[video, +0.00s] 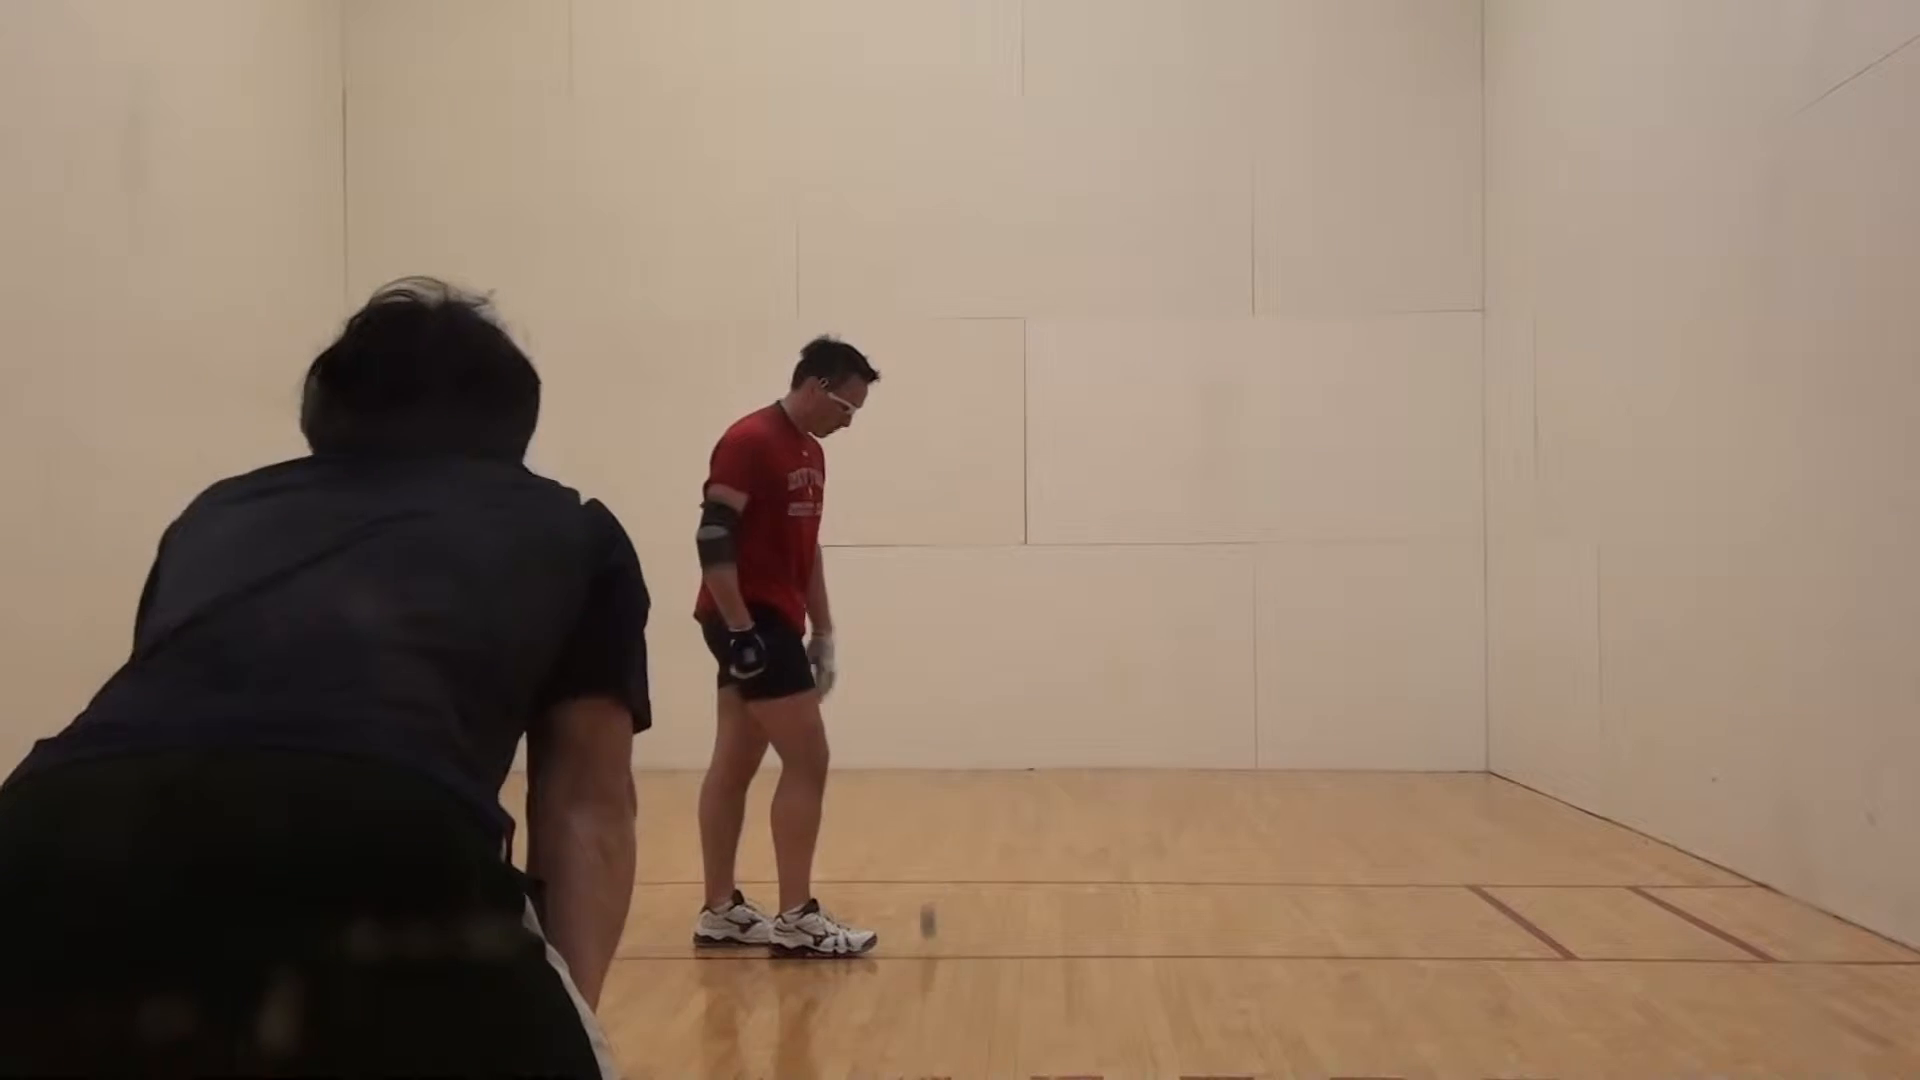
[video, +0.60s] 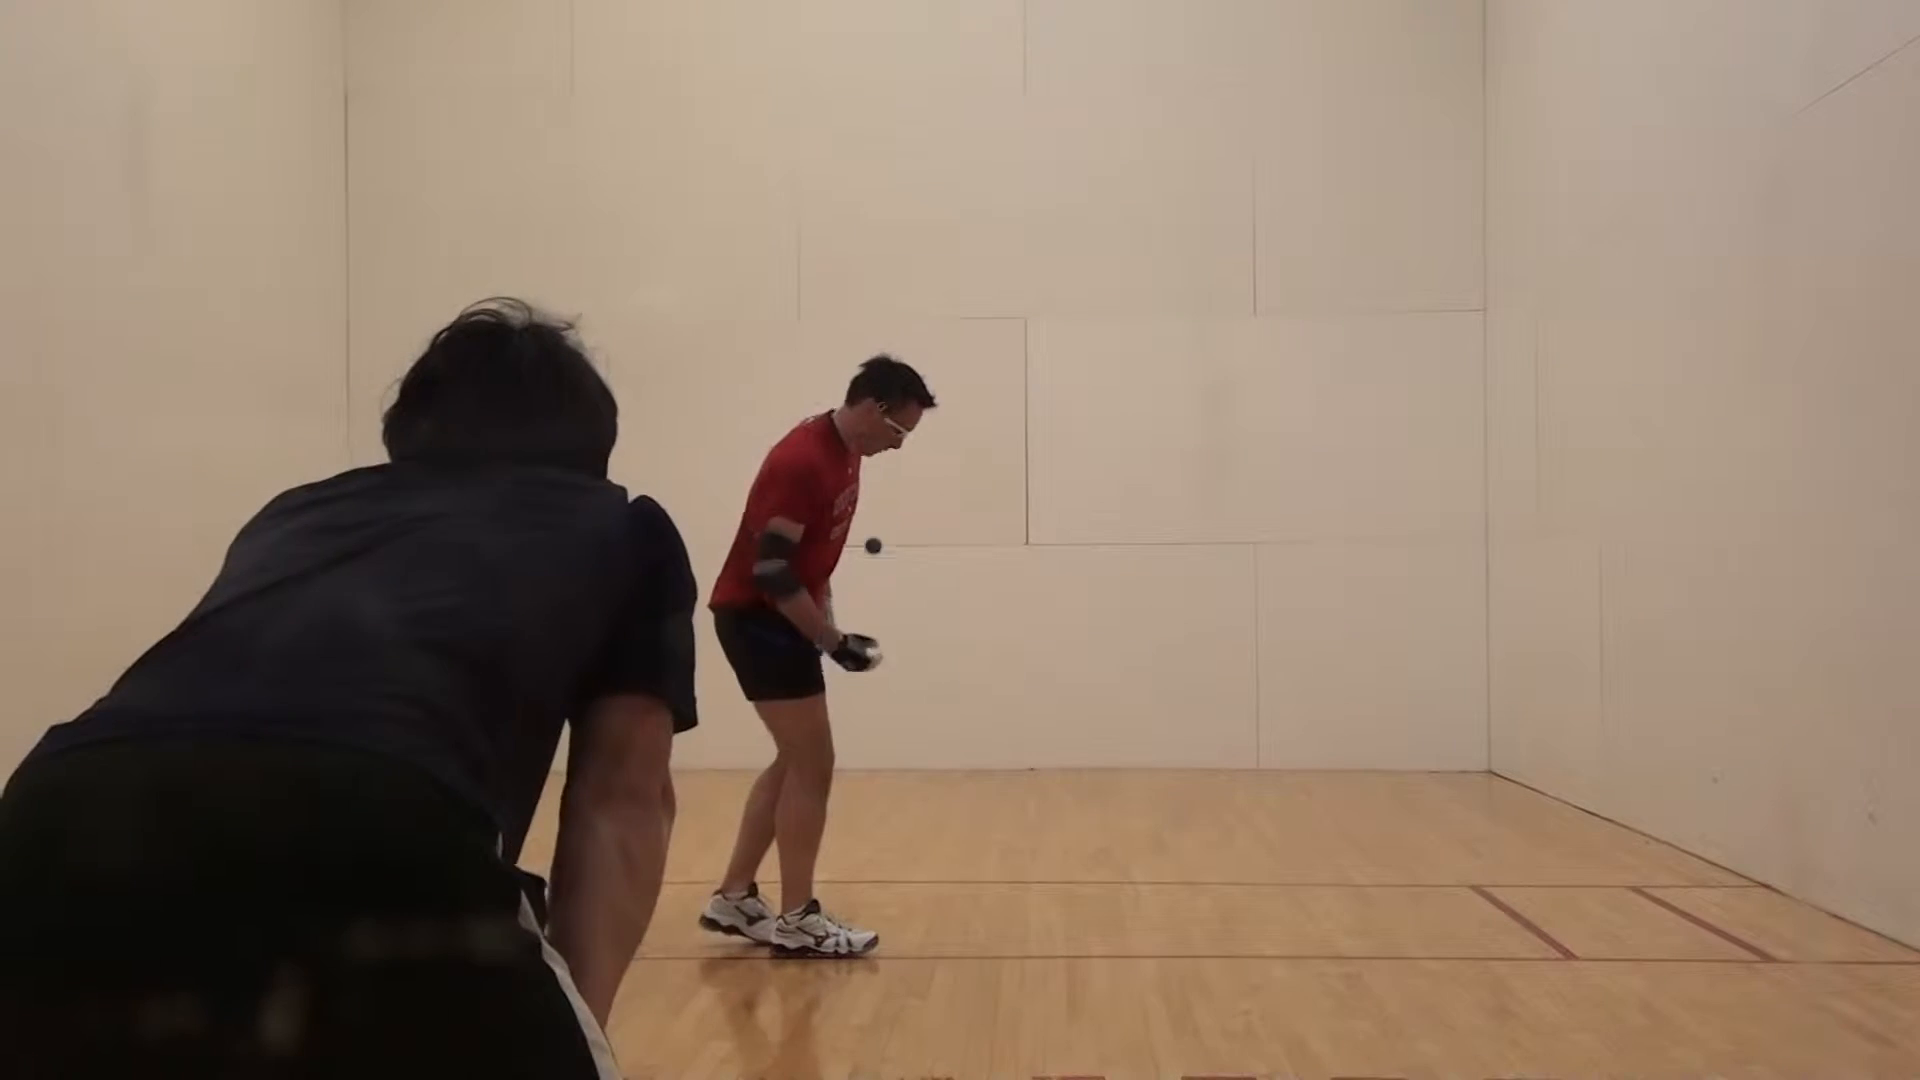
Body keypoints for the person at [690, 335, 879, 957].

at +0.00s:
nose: (849, 418)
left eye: (855, 407)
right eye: (847, 404)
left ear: (822, 393)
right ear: (813, 386)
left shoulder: (809, 451)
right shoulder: (749, 441)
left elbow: (806, 549)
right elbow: (713, 540)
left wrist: (821, 626)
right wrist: (739, 629)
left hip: (770, 624)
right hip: (753, 628)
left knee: (732, 767)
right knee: (806, 760)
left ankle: (719, 908)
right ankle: (796, 914)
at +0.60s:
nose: (899, 442)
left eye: (905, 432)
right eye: (898, 428)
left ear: (872, 411)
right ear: (868, 408)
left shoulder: (841, 451)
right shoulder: (805, 460)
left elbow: (812, 557)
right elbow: (772, 565)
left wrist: (829, 627)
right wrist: (828, 638)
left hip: (776, 615)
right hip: (756, 616)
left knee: (795, 758)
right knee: (812, 761)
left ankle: (733, 895)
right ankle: (797, 914)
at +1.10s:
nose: (931, 494)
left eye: (939, 486)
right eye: (930, 480)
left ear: (903, 457)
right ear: (904, 457)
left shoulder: (856, 466)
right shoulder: (847, 506)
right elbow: (818, 626)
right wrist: (826, 729)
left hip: (746, 614)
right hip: (753, 623)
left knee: (796, 753)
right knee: (811, 757)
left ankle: (736, 894)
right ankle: (798, 914)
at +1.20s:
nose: (939, 516)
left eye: (946, 507)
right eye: (938, 503)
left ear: (908, 481)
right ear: (910, 482)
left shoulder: (861, 483)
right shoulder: (849, 527)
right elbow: (828, 653)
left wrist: (810, 619)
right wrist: (854, 751)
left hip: (745, 624)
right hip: (747, 634)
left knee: (795, 756)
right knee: (815, 760)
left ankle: (723, 888)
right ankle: (799, 915)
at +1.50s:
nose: (929, 596)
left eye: (936, 587)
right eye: (932, 584)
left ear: (908, 561)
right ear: (910, 566)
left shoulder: (858, 546)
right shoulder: (829, 594)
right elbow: (818, 715)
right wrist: (910, 717)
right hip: (722, 663)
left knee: (743, 794)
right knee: (814, 764)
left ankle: (632, 868)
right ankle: (799, 917)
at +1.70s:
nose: (911, 587)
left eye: (917, 578)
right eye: (914, 574)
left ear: (888, 550)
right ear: (891, 553)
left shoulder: (834, 552)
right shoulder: (824, 567)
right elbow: (789, 664)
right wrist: (870, 697)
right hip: (703, 646)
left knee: (703, 779)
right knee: (776, 757)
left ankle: (647, 912)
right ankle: (790, 914)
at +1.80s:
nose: (912, 573)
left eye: (919, 565)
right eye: (912, 560)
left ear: (889, 543)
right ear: (887, 539)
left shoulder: (856, 579)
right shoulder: (813, 551)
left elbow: (825, 659)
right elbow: (794, 610)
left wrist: (840, 635)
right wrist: (863, 646)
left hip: (719, 642)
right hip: (706, 638)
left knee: (711, 772)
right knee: (770, 752)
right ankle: (743, 904)